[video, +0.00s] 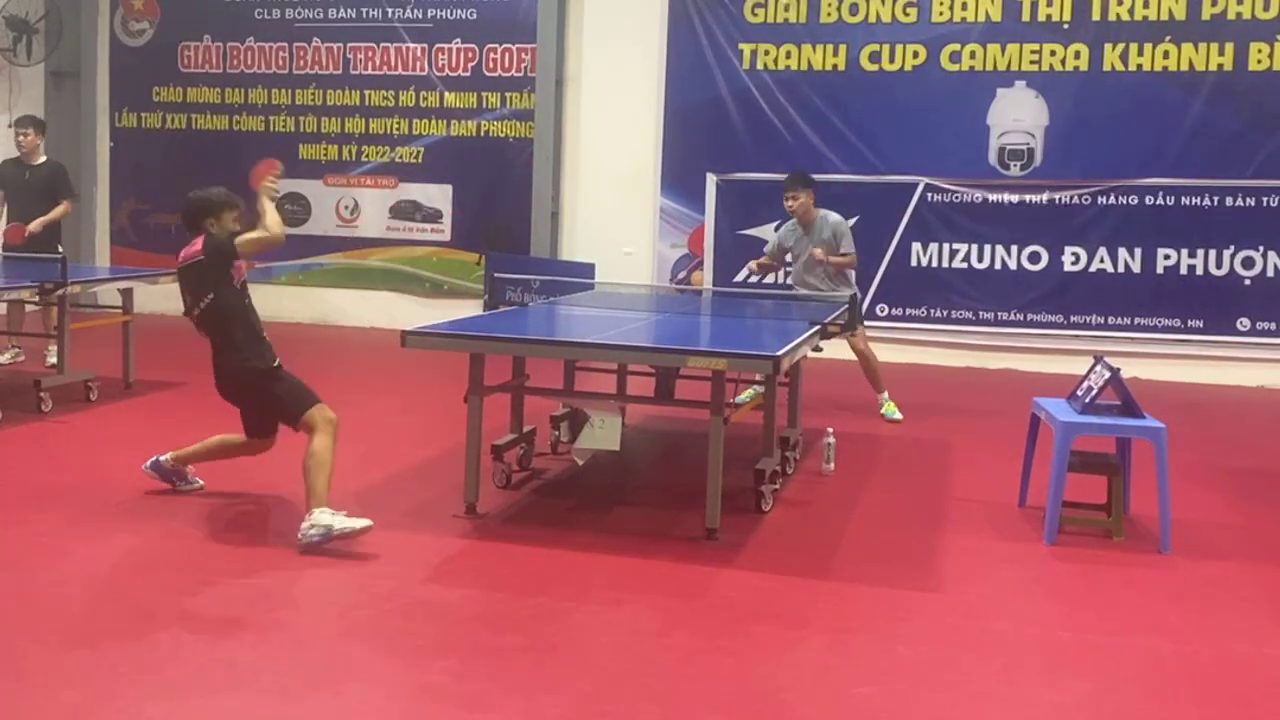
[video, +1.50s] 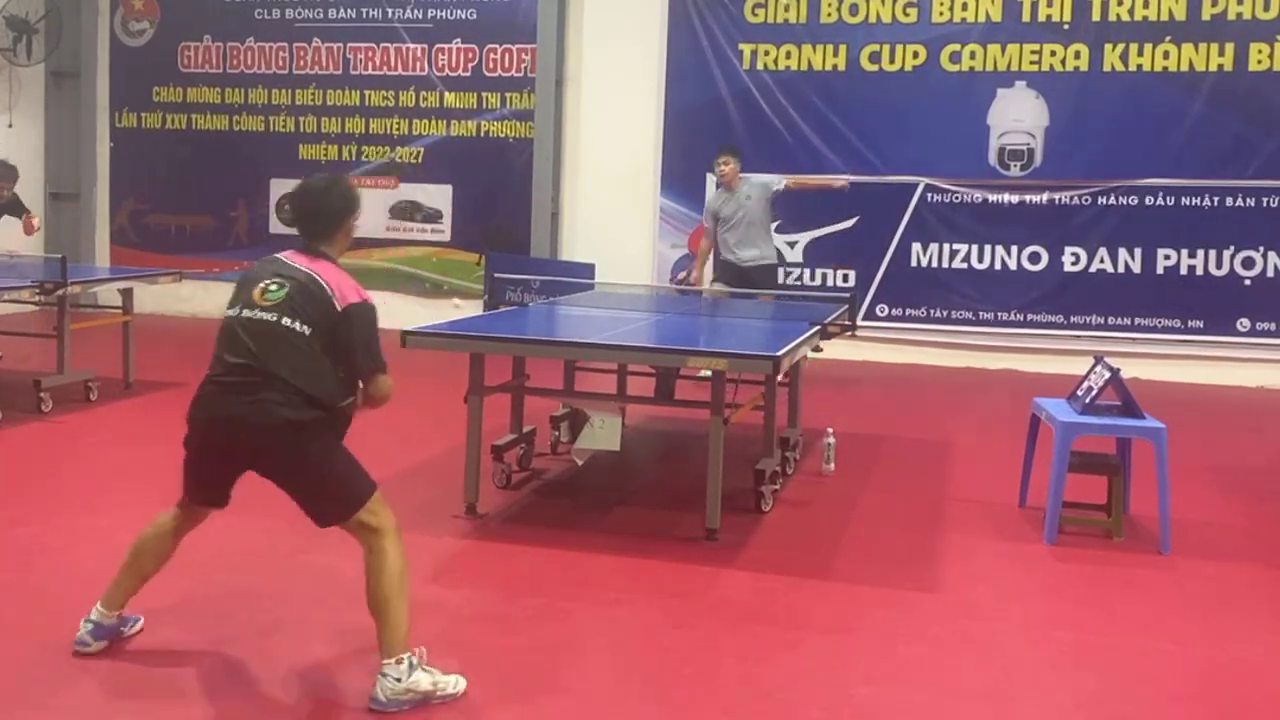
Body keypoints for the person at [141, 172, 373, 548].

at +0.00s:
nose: (238, 223)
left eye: (237, 217)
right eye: (232, 217)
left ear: (205, 224)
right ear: (211, 223)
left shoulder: (187, 262)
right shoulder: (212, 249)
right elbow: (274, 233)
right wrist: (266, 196)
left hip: (235, 370)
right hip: (255, 368)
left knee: (260, 441)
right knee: (323, 421)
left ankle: (171, 462)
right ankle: (317, 514)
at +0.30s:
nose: (323, 194)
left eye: (322, 186)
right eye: (320, 186)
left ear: (287, 192)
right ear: (303, 192)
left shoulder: (257, 233)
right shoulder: (289, 243)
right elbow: (315, 305)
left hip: (234, 359)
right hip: (263, 368)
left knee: (243, 414)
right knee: (351, 419)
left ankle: (183, 471)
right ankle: (309, 516)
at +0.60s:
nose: (420, 265)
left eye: (420, 257)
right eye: (416, 256)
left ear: (390, 259)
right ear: (392, 258)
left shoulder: (397, 302)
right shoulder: (315, 297)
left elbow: (433, 352)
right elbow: (255, 337)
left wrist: (462, 345)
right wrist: (232, 392)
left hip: (327, 394)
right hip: (302, 398)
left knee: (300, 475)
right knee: (407, 444)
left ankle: (198, 503)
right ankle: (400, 561)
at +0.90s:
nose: (426, 205)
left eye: (424, 195)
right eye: (421, 196)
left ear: (367, 202)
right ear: (401, 203)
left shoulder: (326, 249)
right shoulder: (398, 232)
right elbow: (453, 187)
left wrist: (346, 209)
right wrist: (395, 152)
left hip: (291, 392)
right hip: (346, 403)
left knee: (334, 413)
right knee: (446, 461)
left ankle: (301, 503)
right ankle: (405, 561)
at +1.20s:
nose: (399, 203)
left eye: (399, 195)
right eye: (399, 196)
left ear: (339, 193)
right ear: (392, 199)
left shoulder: (298, 252)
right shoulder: (397, 263)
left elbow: (259, 334)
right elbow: (458, 331)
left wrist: (313, 313)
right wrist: (477, 291)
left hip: (280, 399)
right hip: (349, 405)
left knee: (264, 473)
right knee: (439, 498)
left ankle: (214, 584)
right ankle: (460, 632)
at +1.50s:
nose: (358, 227)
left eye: (357, 218)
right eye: (356, 219)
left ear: (298, 221)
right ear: (346, 227)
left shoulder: (260, 270)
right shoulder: (347, 294)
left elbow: (253, 347)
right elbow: (379, 390)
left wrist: (334, 380)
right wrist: (348, 392)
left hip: (215, 417)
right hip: (291, 428)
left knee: (185, 513)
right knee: (380, 529)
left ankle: (100, 619)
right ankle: (397, 669)